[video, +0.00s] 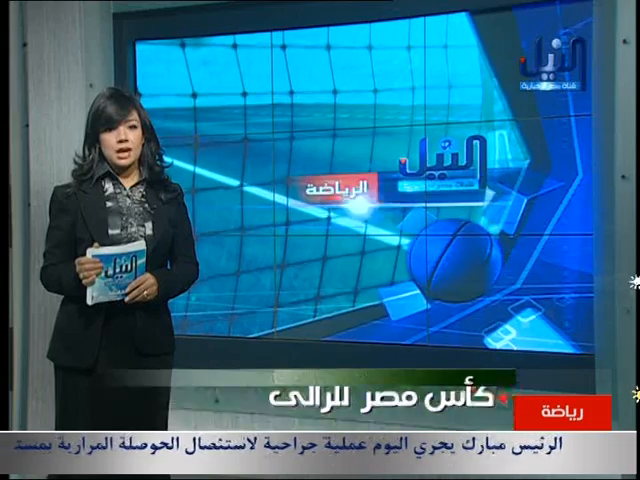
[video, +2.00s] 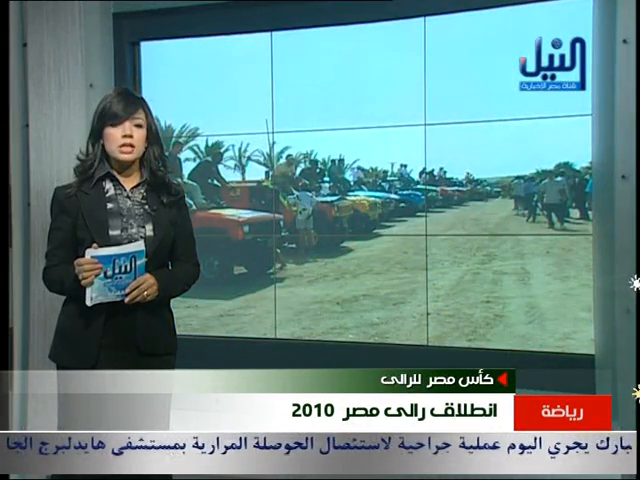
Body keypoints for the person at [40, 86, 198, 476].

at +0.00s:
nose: (123, 137)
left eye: (131, 126)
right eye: (111, 129)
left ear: (145, 133)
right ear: (97, 139)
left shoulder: (167, 195)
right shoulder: (70, 198)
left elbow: (187, 266)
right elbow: (50, 273)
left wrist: (161, 282)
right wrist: (76, 273)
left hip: (148, 345)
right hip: (84, 346)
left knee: (146, 450)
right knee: (80, 450)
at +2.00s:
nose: (127, 134)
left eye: (137, 125)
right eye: (116, 125)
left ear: (149, 136)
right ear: (101, 136)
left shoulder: (170, 196)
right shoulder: (71, 198)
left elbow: (189, 267)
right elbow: (53, 273)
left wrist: (161, 282)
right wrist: (76, 275)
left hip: (150, 349)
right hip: (86, 349)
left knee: (149, 452)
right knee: (83, 452)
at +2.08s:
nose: (127, 134)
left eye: (136, 125)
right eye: (116, 125)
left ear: (149, 135)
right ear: (100, 135)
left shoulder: (170, 196)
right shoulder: (71, 198)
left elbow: (188, 267)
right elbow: (52, 273)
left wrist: (161, 282)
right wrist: (75, 275)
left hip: (150, 349)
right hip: (85, 349)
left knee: (148, 453)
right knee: (81, 452)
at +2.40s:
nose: (127, 139)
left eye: (136, 129)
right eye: (116, 129)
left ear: (148, 137)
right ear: (100, 138)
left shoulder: (169, 196)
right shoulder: (70, 198)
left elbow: (188, 267)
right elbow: (52, 274)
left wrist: (161, 282)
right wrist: (76, 274)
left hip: (150, 349)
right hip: (85, 350)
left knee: (149, 452)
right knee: (81, 452)